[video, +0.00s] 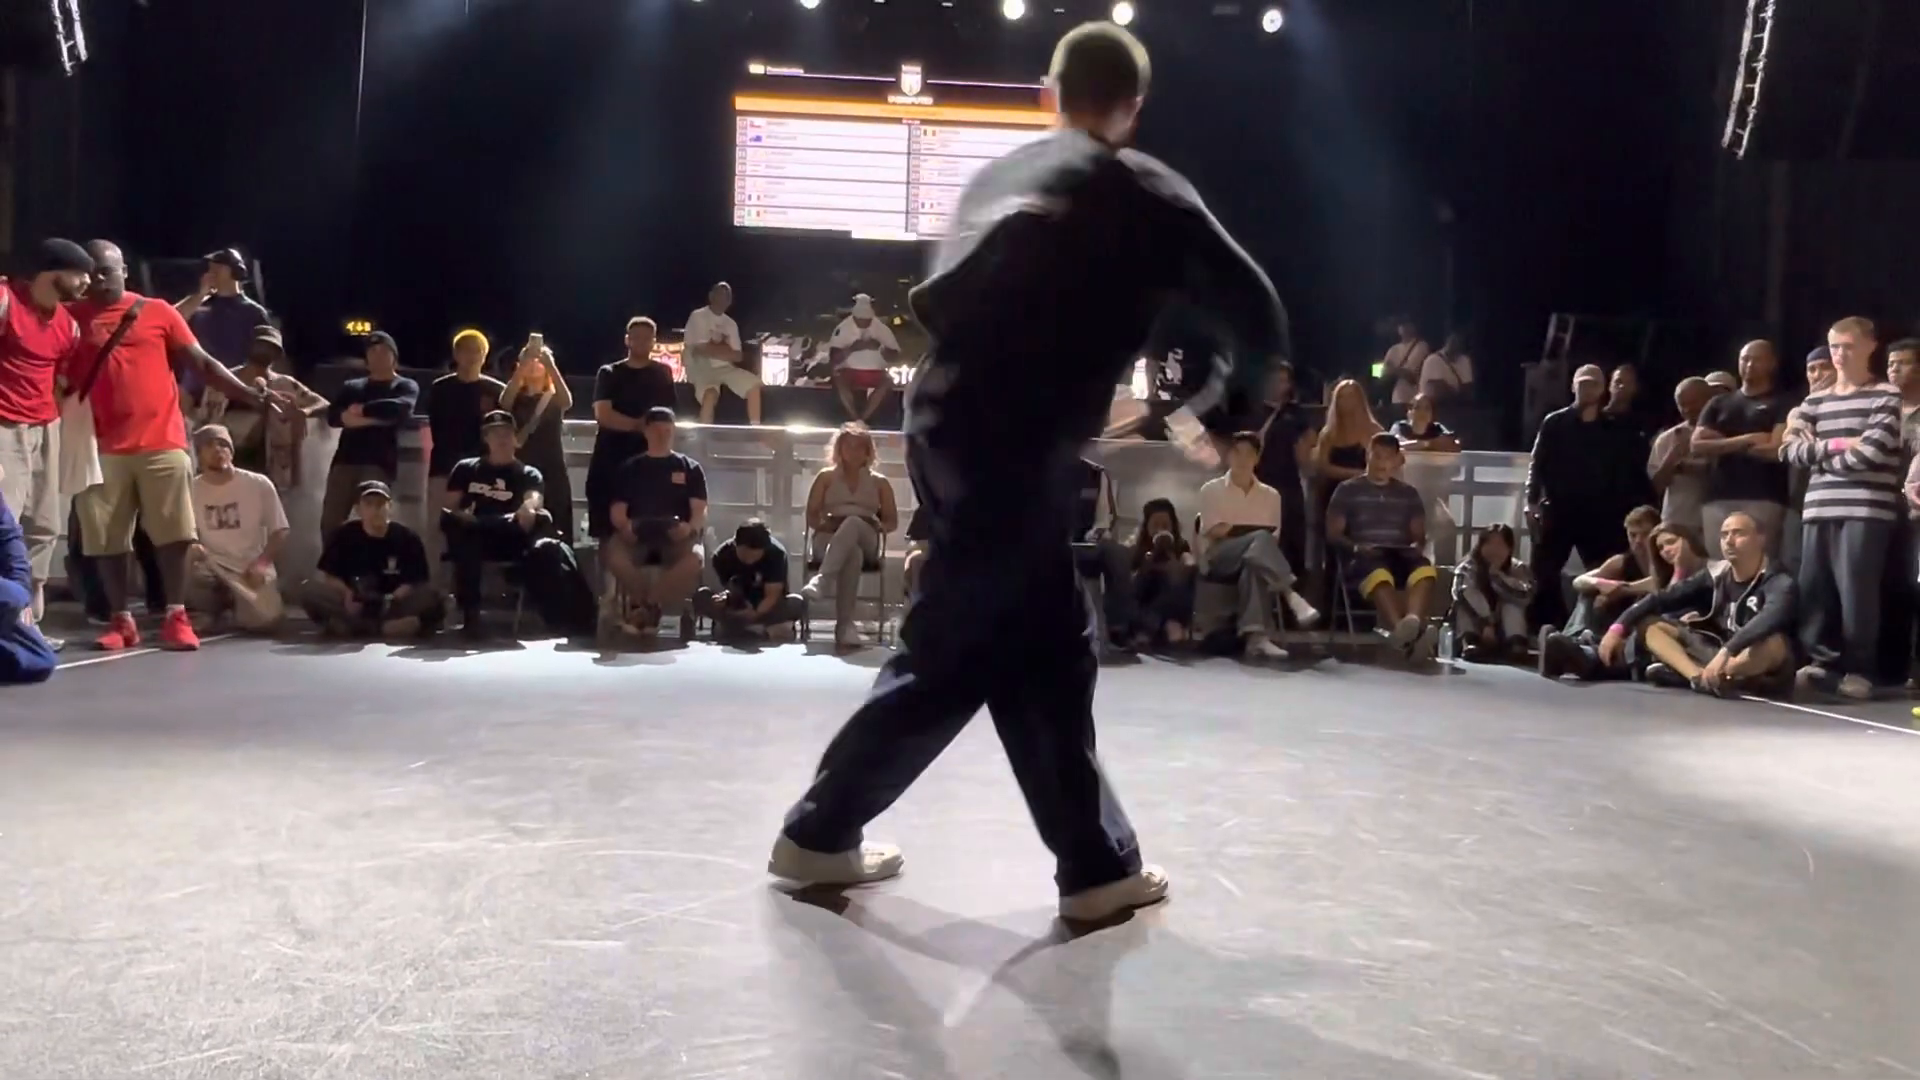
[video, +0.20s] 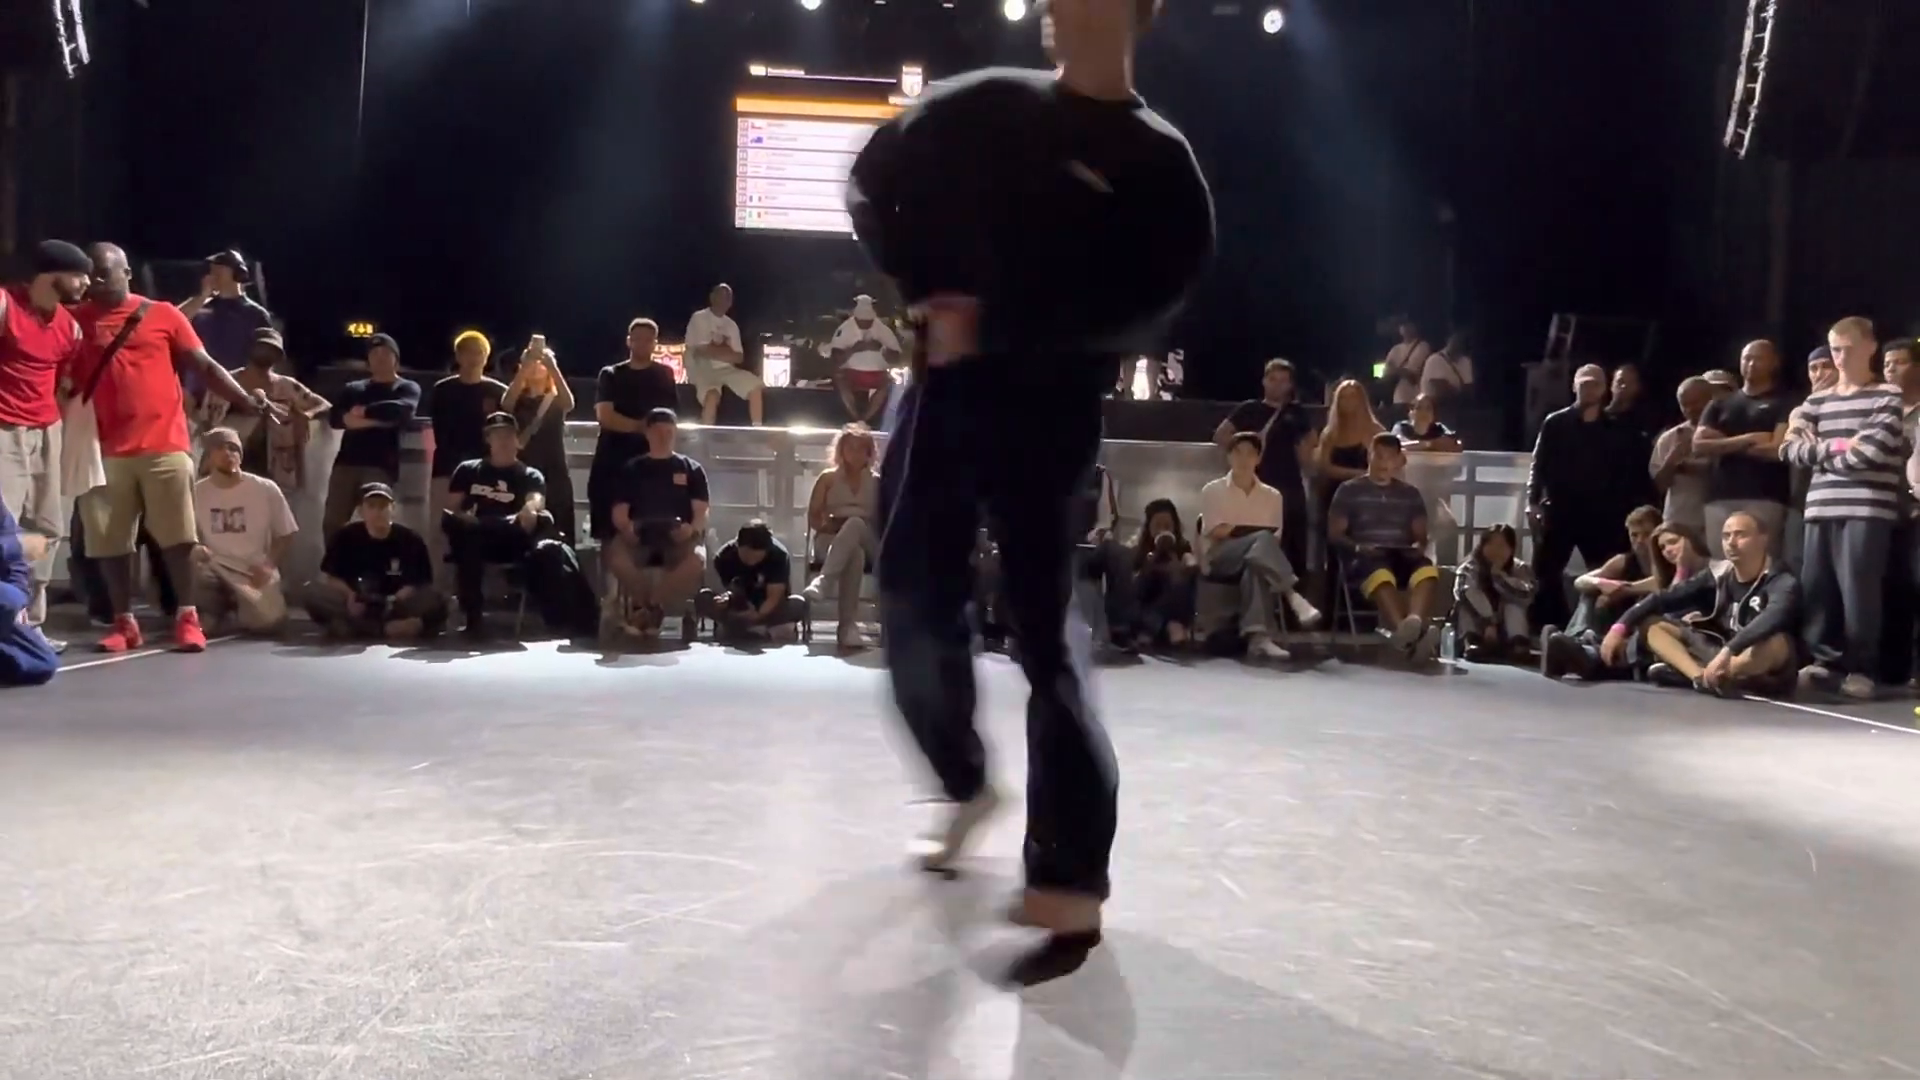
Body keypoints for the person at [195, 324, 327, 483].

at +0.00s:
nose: (264, 352)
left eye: (270, 348)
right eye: (260, 345)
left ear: (277, 354)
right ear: (251, 347)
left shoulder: (285, 383)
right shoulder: (227, 378)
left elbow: (323, 403)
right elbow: (207, 416)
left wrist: (305, 412)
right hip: (227, 450)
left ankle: (295, 473)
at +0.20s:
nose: (266, 355)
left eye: (272, 351)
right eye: (262, 348)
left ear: (278, 356)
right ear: (252, 350)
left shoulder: (286, 385)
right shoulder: (227, 381)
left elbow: (324, 404)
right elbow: (209, 420)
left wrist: (309, 413)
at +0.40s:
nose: (267, 355)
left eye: (273, 351)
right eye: (263, 348)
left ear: (279, 357)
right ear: (253, 350)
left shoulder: (287, 385)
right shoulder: (228, 381)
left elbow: (326, 405)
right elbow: (209, 417)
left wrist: (310, 413)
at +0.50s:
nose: (269, 353)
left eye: (275, 349)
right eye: (265, 347)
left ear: (280, 355)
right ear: (255, 347)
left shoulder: (288, 383)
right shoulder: (231, 379)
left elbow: (327, 403)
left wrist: (312, 410)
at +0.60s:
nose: (272, 353)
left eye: (278, 349)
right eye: (268, 346)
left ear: (283, 354)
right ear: (258, 347)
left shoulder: (291, 383)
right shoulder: (234, 379)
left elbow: (330, 403)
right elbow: (218, 414)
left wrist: (314, 411)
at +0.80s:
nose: (276, 351)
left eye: (282, 348)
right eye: (273, 345)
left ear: (287, 354)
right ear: (262, 346)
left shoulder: (296, 382)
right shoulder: (238, 377)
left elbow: (334, 404)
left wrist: (317, 411)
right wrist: (263, 406)